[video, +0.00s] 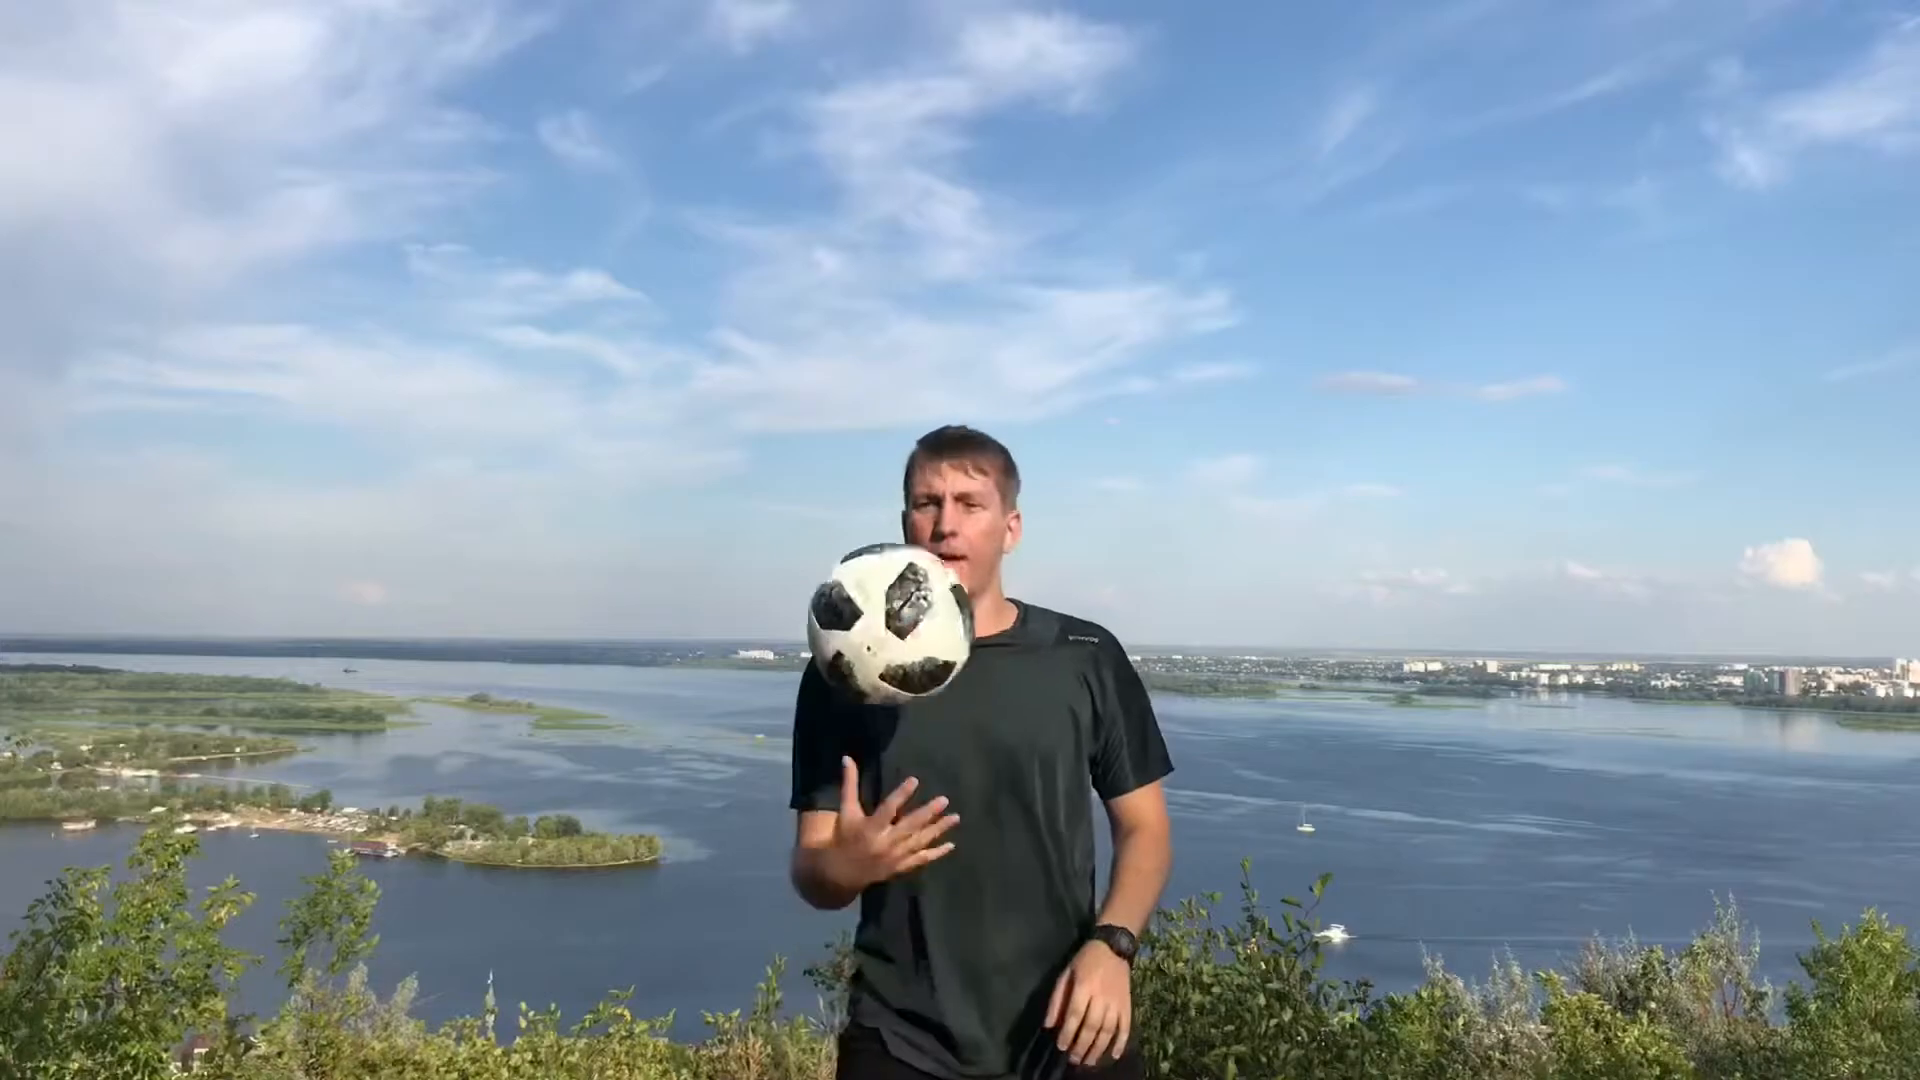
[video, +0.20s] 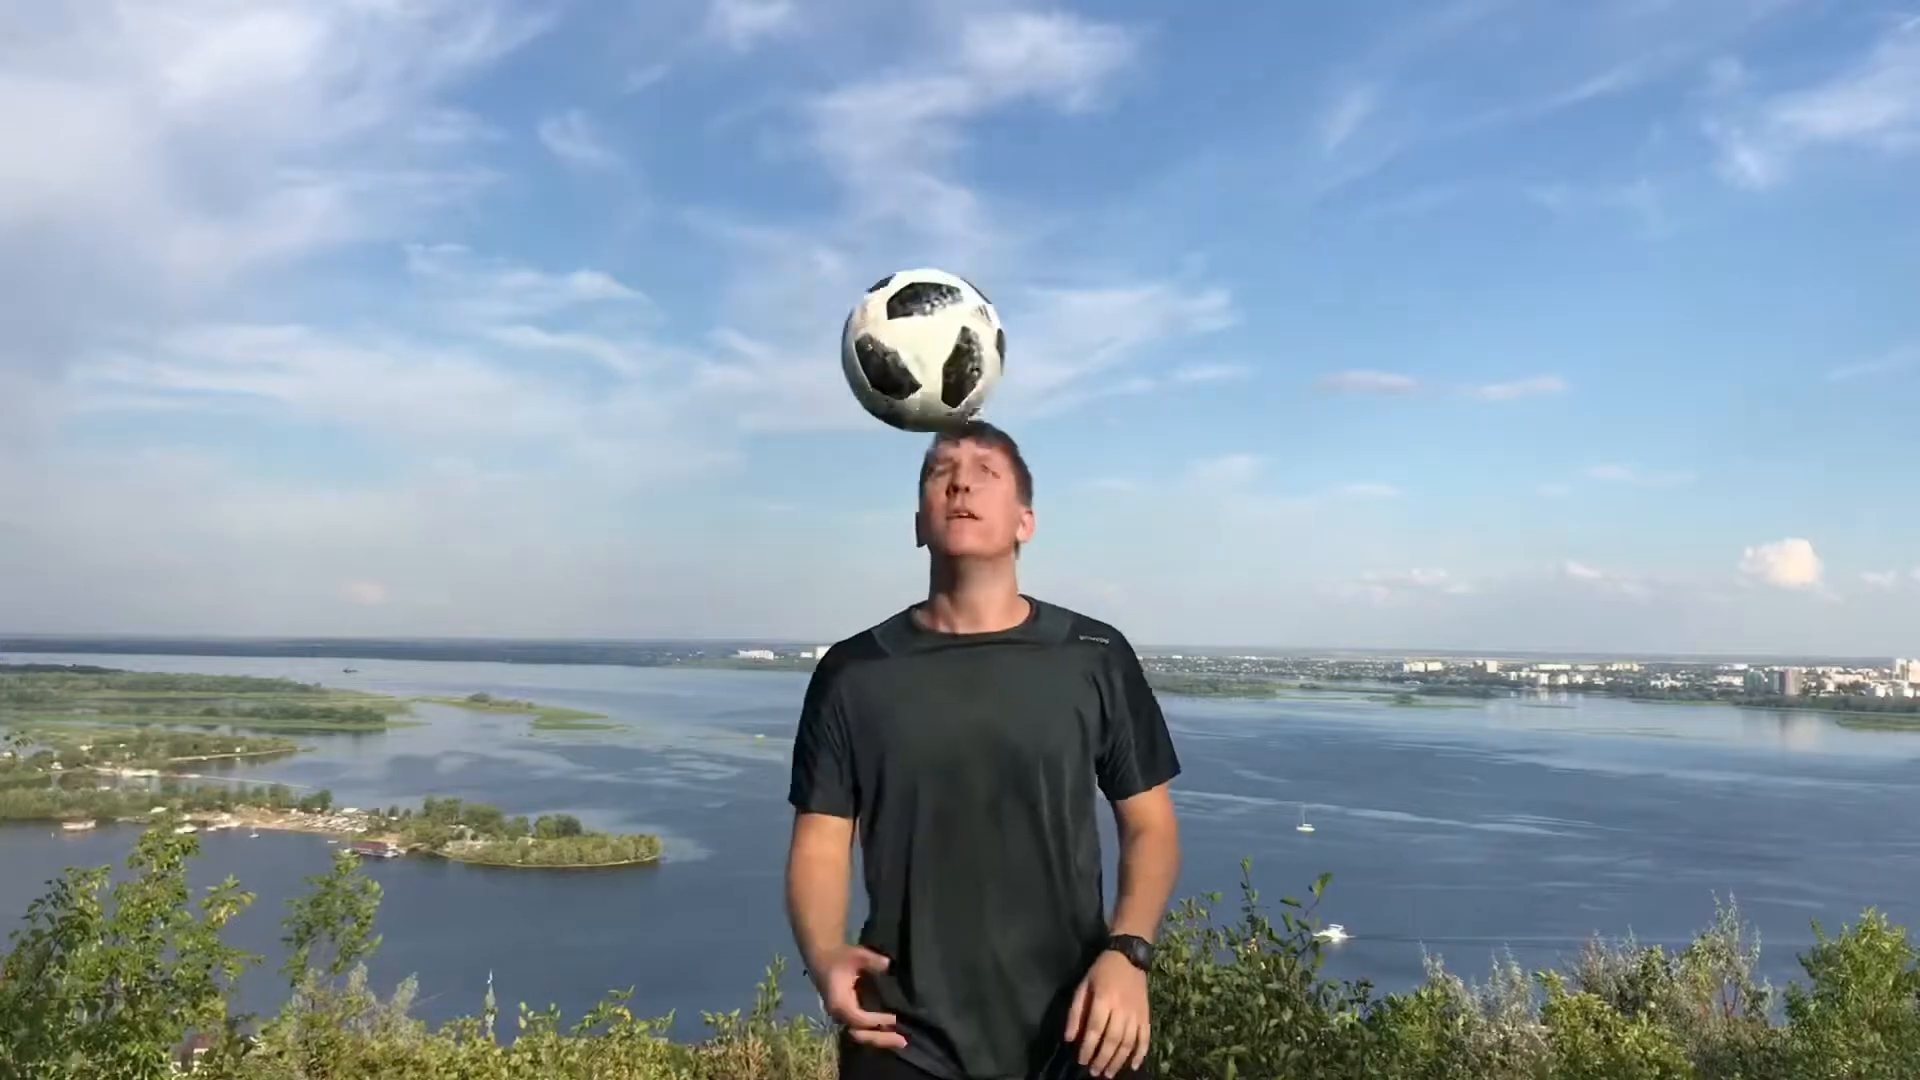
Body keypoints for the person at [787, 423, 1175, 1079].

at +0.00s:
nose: (944, 525)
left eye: (969, 504)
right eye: (926, 503)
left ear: (1010, 528)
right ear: (904, 521)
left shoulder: (1087, 659)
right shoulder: (847, 670)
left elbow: (1144, 827)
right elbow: (813, 873)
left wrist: (1112, 946)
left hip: (1061, 1029)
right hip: (906, 1032)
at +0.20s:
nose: (961, 482)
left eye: (987, 472)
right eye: (942, 474)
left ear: (1024, 523)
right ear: (919, 523)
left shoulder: (1097, 658)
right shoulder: (852, 671)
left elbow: (1149, 825)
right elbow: (819, 843)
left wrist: (1128, 953)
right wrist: (827, 956)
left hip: (1067, 1029)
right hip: (911, 1033)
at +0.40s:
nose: (949, 570)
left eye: (971, 544)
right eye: (927, 549)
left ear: (1016, 564)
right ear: (905, 571)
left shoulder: (1107, 669)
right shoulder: (852, 694)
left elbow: (1159, 809)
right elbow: (813, 842)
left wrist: (1162, 975)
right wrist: (798, 1023)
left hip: (1078, 1037)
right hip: (915, 1040)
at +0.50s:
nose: (948, 714)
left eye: (969, 680)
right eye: (923, 688)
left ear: (1012, 646)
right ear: (896, 669)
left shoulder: (1108, 705)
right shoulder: (849, 735)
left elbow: (1171, 804)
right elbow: (813, 837)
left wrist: (1185, 977)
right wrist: (803, 1011)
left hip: (1089, 1038)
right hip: (920, 1042)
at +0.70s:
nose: (971, 976)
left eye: (993, 944)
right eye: (945, 950)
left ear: (1028, 899)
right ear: (905, 909)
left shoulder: (1109, 896)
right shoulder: (851, 888)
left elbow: (1198, 866)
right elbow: (817, 894)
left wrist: (1226, 1027)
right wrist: (840, 1019)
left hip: (1090, 1047)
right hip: (924, 1046)